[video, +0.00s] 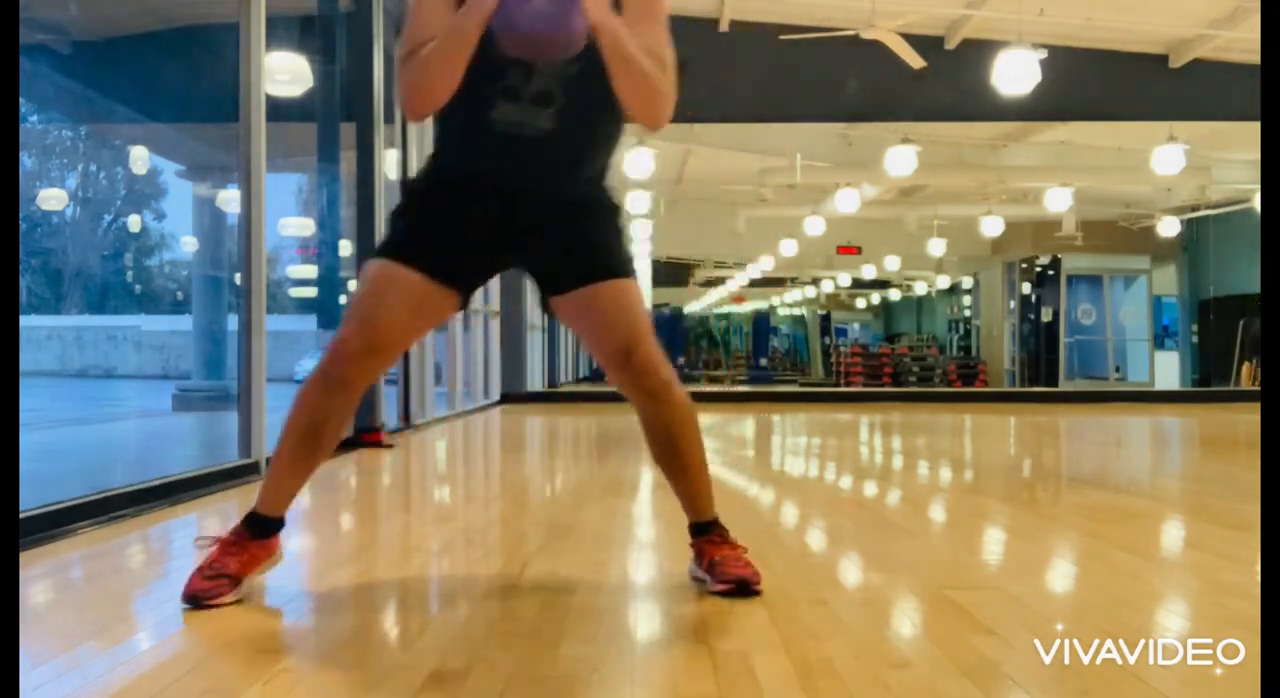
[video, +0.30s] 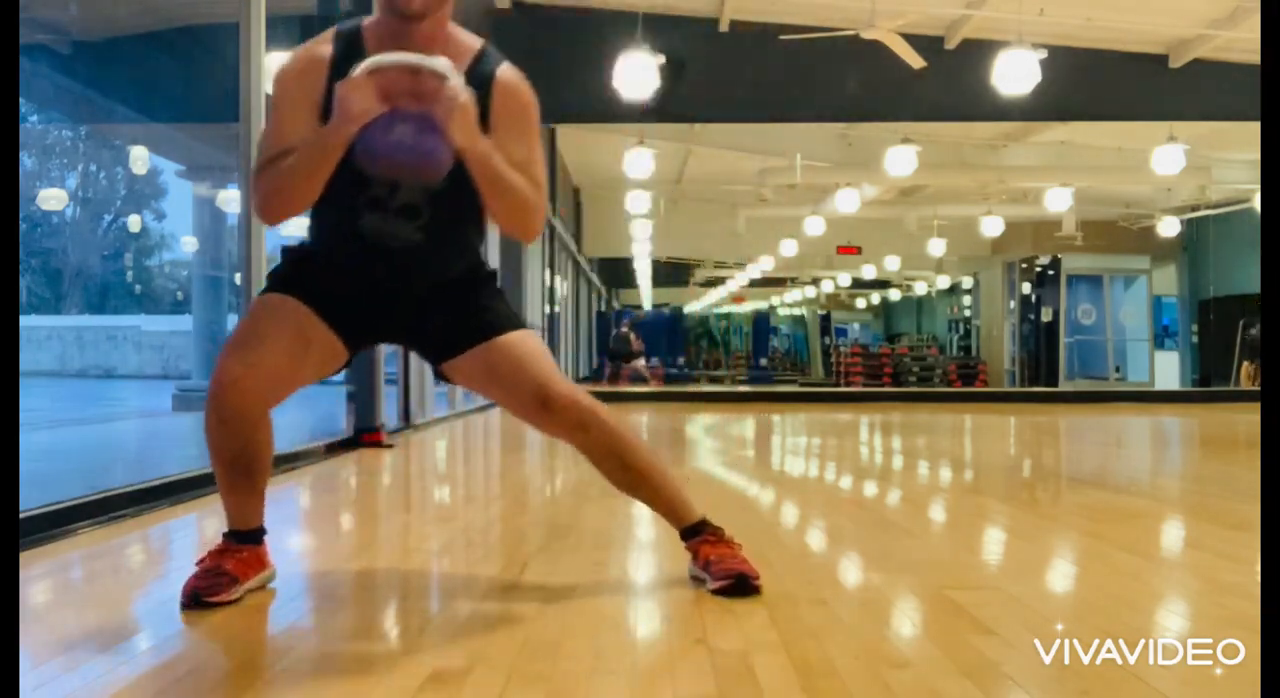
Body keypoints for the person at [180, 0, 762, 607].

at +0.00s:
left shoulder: (633, 3)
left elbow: (655, 108)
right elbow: (415, 99)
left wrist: (600, 15)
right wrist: (479, 6)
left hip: (571, 208)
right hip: (456, 202)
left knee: (641, 364)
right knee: (347, 359)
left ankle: (711, 537)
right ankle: (257, 531)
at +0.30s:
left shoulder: (502, 85)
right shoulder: (314, 68)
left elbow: (526, 223)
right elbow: (272, 203)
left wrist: (467, 134)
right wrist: (342, 124)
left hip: (451, 287)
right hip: (333, 281)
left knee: (561, 403)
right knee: (235, 383)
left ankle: (702, 536)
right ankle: (243, 546)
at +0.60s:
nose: (333, 64)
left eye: (357, 48)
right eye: (319, 44)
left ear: (391, 64)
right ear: (298, 51)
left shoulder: (433, 173)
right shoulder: (244, 158)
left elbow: (468, 309)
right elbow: (201, 301)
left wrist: (397, 237)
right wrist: (263, 237)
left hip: (399, 359)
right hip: (281, 352)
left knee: (528, 439)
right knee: (188, 402)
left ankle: (692, 536)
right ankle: (240, 546)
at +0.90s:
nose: (303, 93)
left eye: (325, 77)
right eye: (287, 73)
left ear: (358, 92)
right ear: (263, 81)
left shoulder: (408, 202)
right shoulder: (211, 192)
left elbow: (438, 338)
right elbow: (173, 337)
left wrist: (372, 271)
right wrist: (231, 271)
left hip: (381, 388)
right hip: (263, 386)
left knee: (516, 453)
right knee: (161, 413)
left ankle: (689, 535)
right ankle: (237, 543)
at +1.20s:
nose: (348, 12)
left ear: (404, 16)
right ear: (310, 13)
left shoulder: (446, 131)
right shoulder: (255, 118)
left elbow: (475, 269)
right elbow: (213, 261)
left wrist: (406, 179)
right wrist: (275, 178)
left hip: (416, 332)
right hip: (297, 331)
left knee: (544, 426)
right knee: (206, 398)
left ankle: (699, 537)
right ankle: (238, 541)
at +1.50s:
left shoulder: (541, 38)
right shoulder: (356, 22)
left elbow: (567, 168)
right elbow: (317, 153)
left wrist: (513, 70)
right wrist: (393, 57)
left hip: (492, 262)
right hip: (371, 261)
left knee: (598, 384)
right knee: (268, 393)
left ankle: (707, 535)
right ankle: (242, 543)